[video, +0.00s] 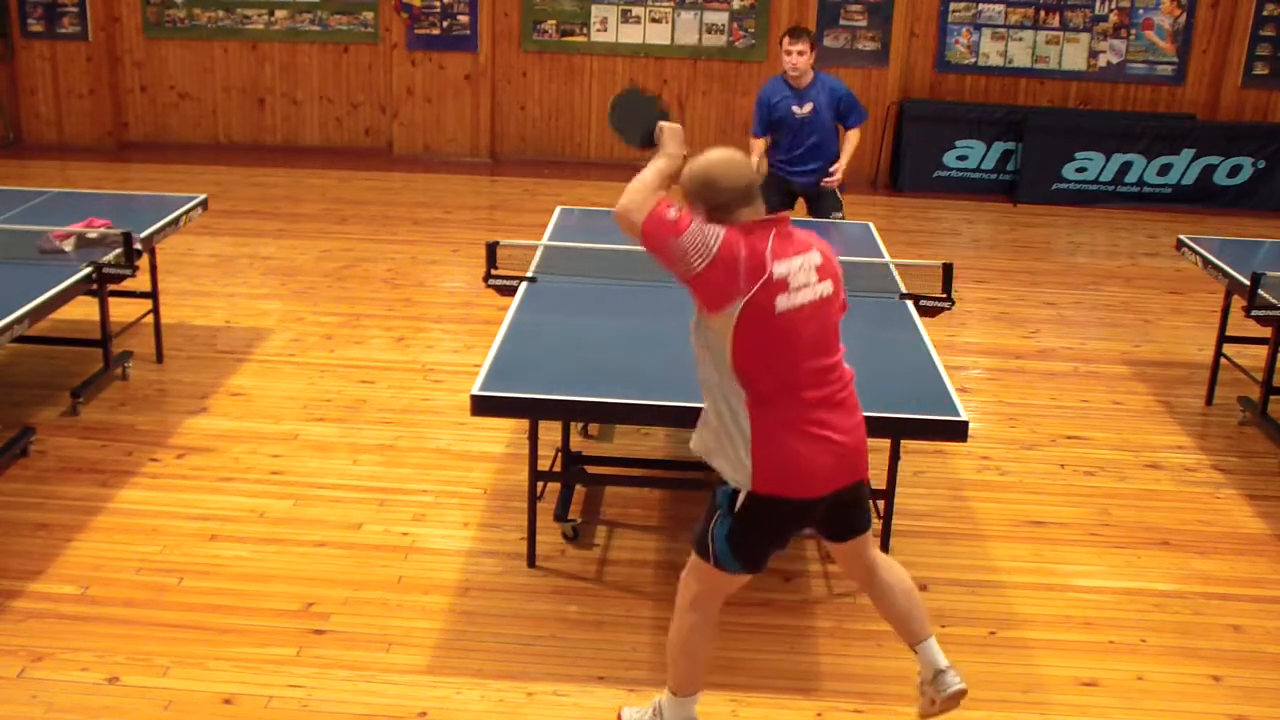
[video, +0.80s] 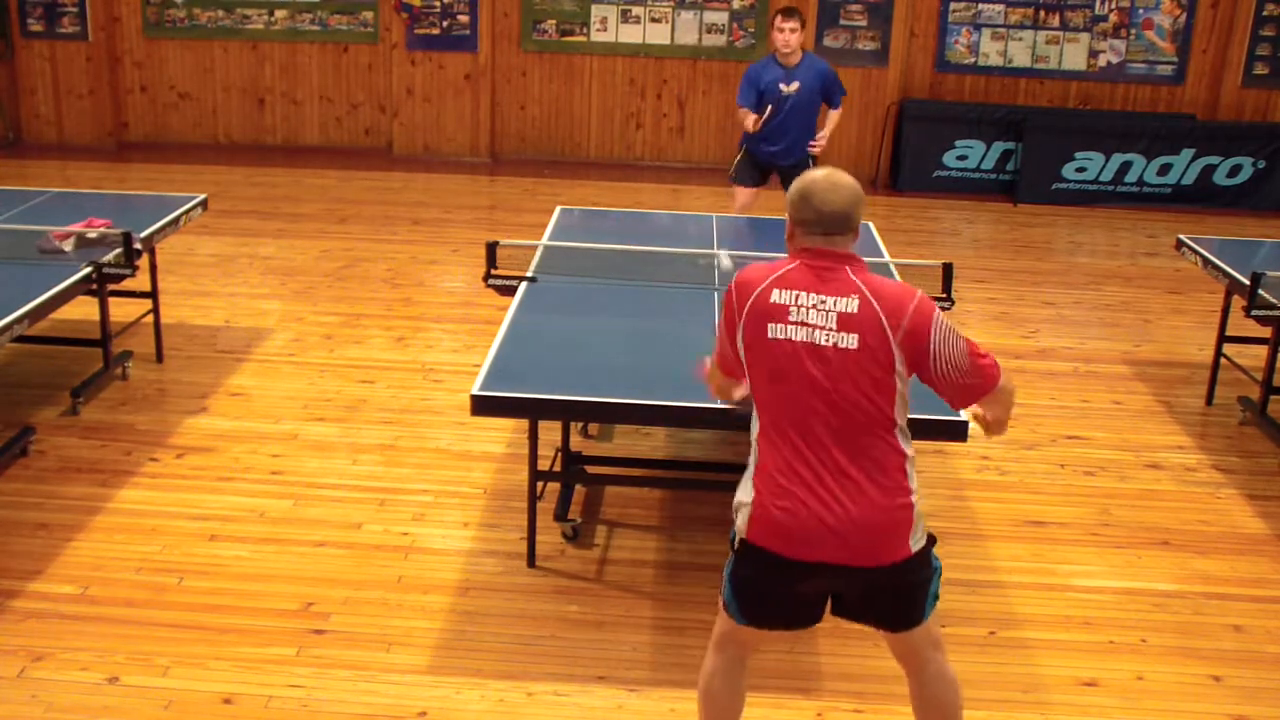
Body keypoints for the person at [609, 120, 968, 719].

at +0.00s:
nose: (682, 210)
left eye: (685, 202)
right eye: (680, 202)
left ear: (702, 212)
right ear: (758, 194)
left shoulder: (721, 256)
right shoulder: (816, 247)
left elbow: (631, 210)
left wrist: (667, 157)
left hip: (768, 478)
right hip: (846, 461)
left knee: (699, 594)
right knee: (868, 561)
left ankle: (676, 709)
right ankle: (937, 667)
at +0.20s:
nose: (733, 228)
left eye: (734, 220)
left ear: (740, 228)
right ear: (803, 217)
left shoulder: (745, 290)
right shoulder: (850, 284)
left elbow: (639, 279)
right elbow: (880, 347)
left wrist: (654, 211)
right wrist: (809, 346)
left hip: (769, 511)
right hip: (851, 508)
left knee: (692, 616)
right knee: (862, 603)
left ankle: (687, 716)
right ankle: (905, 712)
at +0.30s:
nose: (751, 240)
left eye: (753, 231)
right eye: (756, 229)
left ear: (761, 241)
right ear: (823, 235)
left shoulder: (753, 311)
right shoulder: (870, 301)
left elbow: (649, 342)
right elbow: (900, 373)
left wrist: (645, 281)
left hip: (792, 521)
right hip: (881, 518)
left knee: (710, 624)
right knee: (886, 629)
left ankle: (696, 716)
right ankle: (911, 717)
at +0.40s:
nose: (765, 235)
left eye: (767, 227)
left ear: (771, 235)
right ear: (834, 231)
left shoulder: (758, 310)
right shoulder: (887, 302)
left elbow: (681, 390)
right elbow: (919, 384)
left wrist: (657, 353)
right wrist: (852, 370)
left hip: (796, 526)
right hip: (890, 526)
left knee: (730, 638)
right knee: (905, 633)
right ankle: (925, 719)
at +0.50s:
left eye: (785, 232)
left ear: (786, 242)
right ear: (850, 241)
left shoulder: (762, 320)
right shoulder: (903, 312)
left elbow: (709, 421)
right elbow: (938, 391)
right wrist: (873, 371)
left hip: (798, 538)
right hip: (896, 542)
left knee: (729, 640)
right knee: (917, 646)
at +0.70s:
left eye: (793, 225)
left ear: (797, 233)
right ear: (864, 235)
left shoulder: (759, 301)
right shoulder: (909, 308)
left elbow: (729, 399)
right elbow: (980, 388)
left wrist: (790, 359)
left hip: (788, 537)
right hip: (890, 542)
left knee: (730, 642)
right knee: (928, 657)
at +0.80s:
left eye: (787, 220)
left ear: (790, 227)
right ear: (859, 229)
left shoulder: (749, 288)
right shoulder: (897, 302)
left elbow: (726, 380)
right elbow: (994, 389)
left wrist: (721, 378)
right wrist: (994, 416)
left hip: (779, 530)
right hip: (882, 535)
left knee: (730, 645)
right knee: (923, 657)